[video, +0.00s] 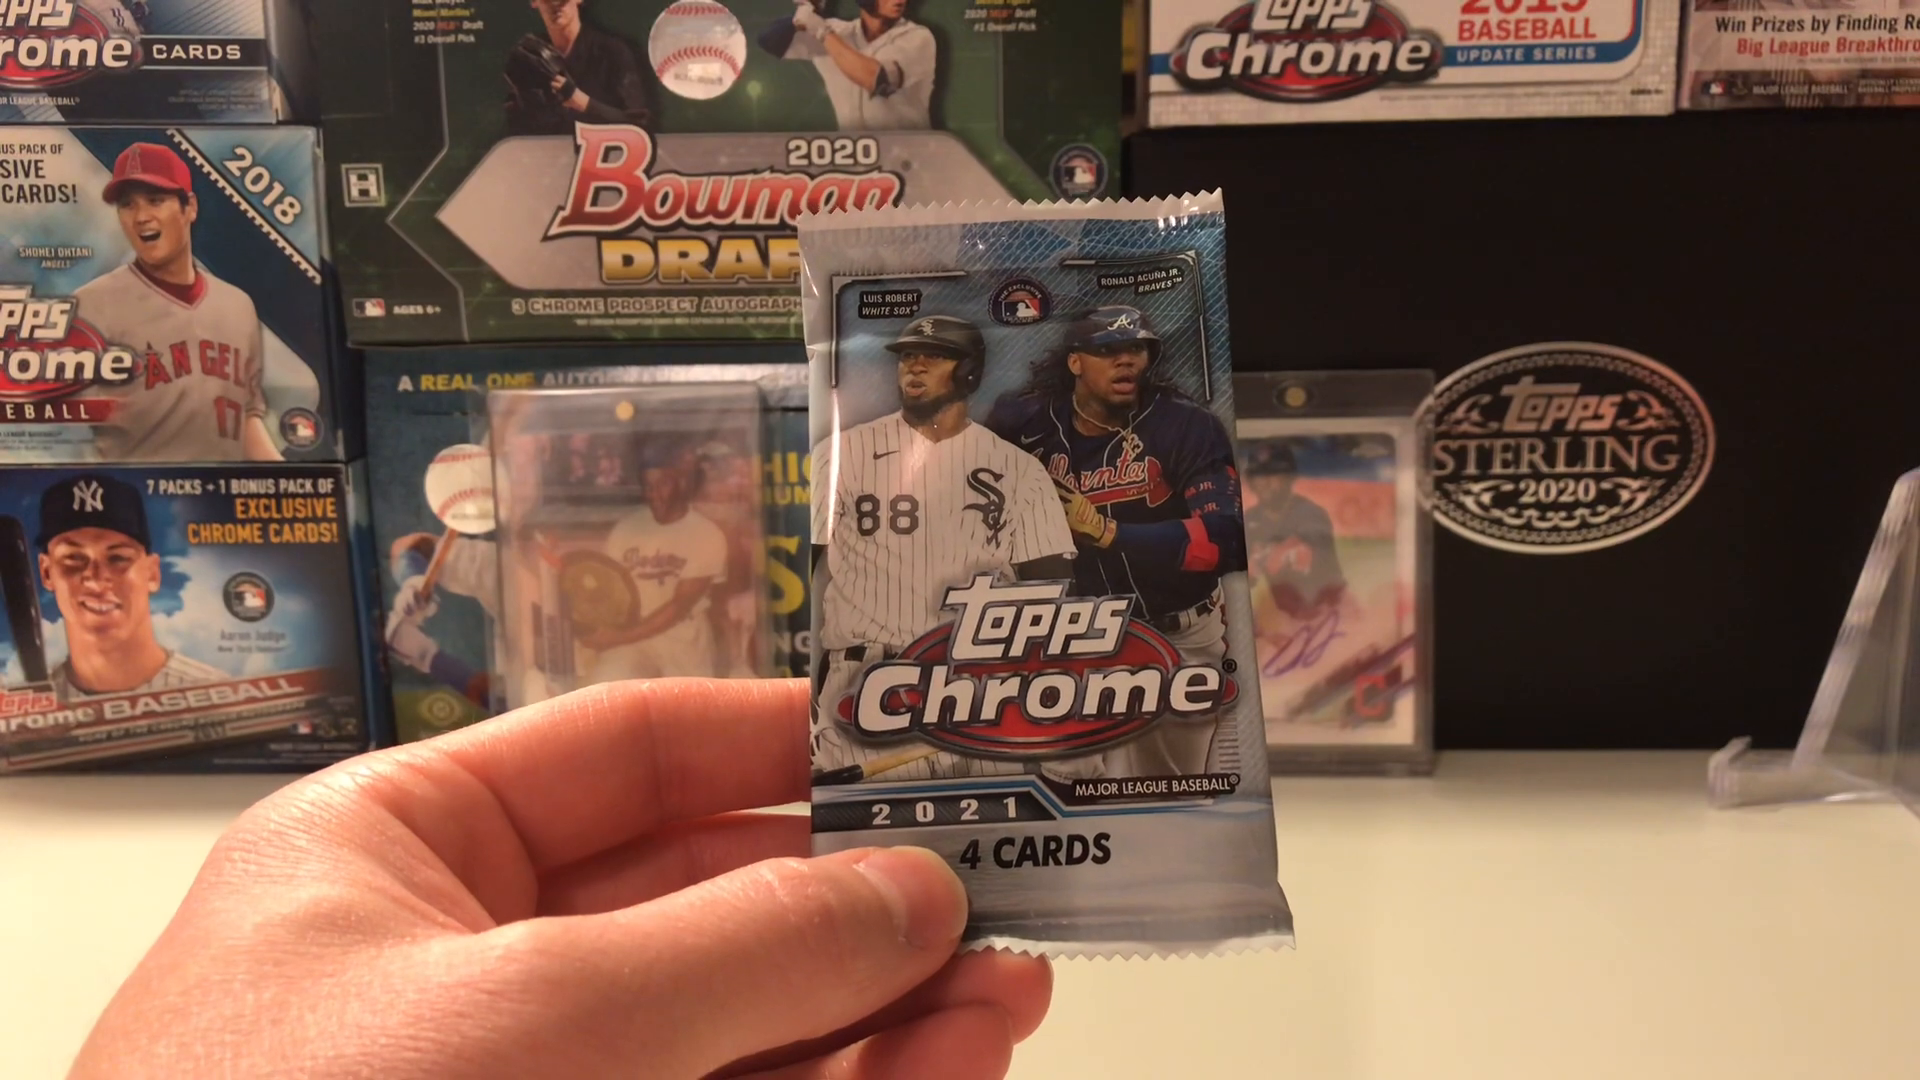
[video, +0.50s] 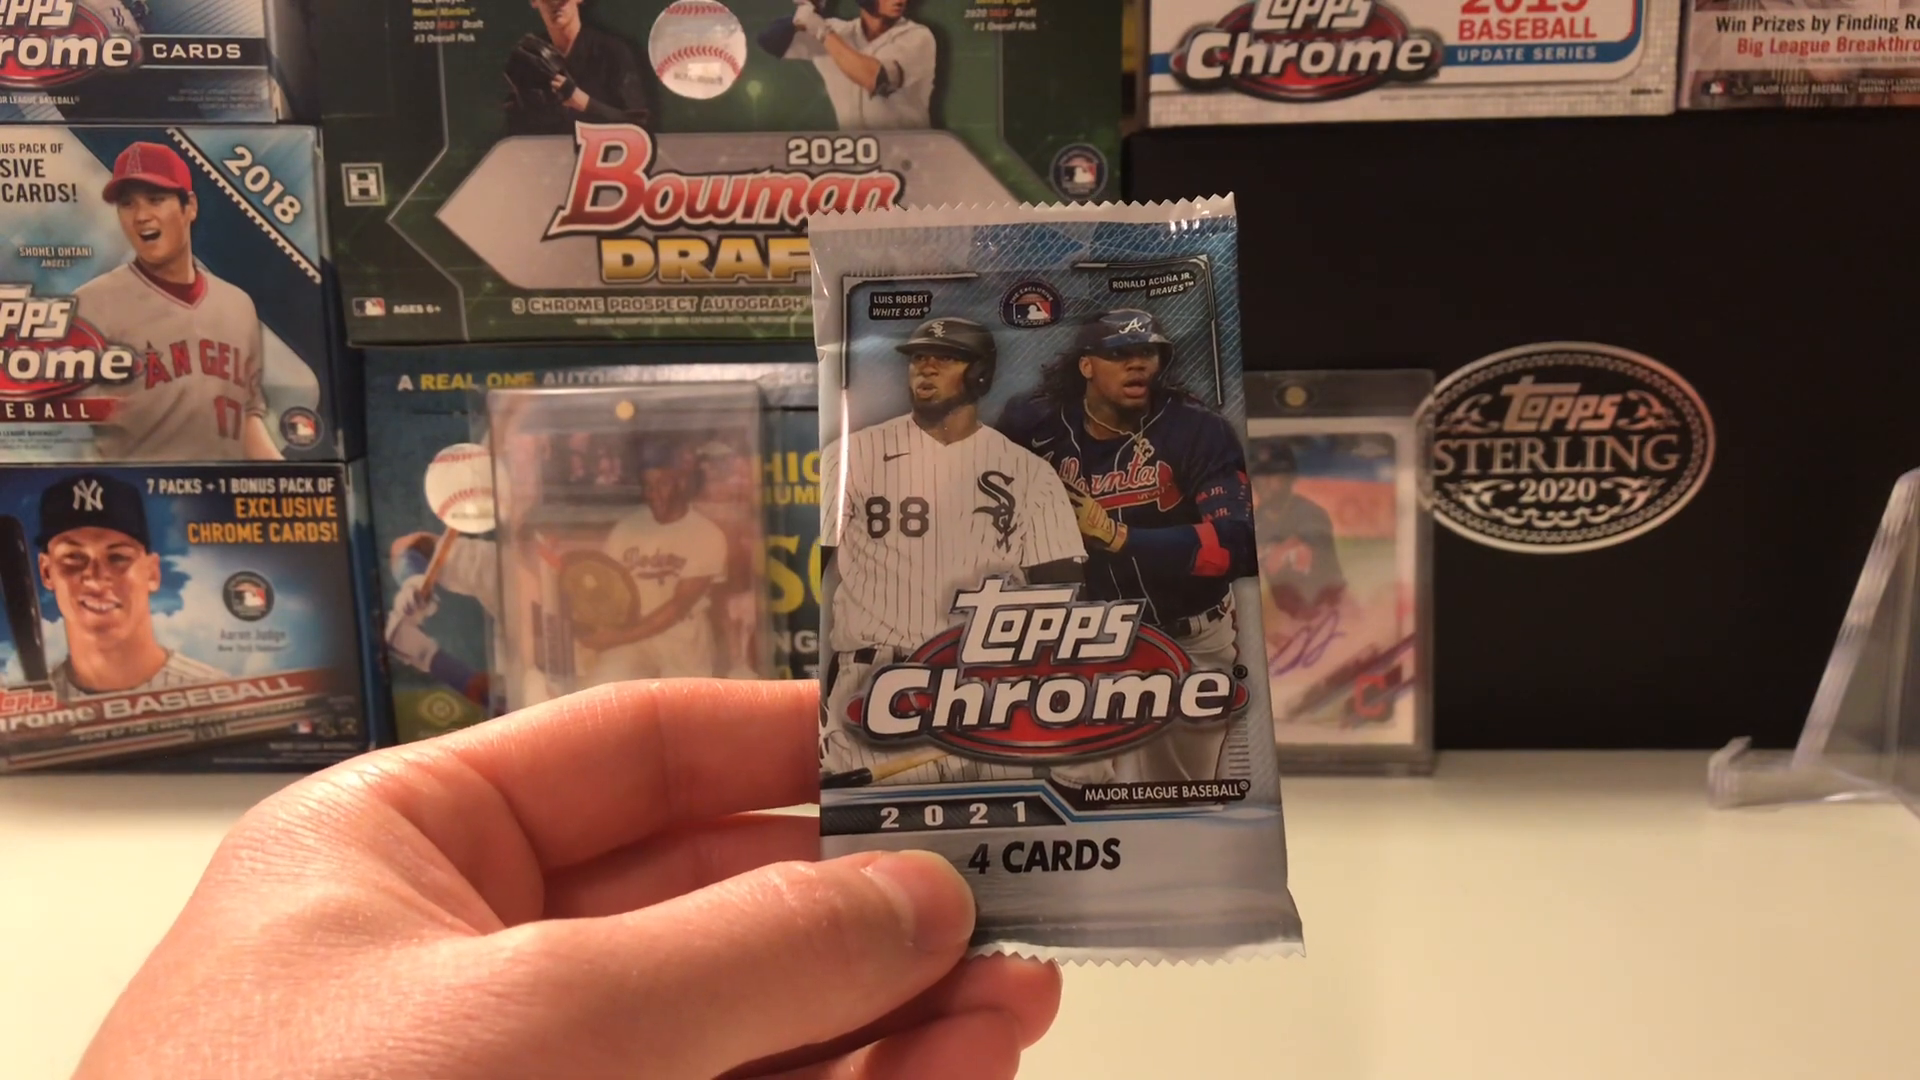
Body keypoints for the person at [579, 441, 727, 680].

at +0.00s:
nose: (653, 495)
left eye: (661, 485)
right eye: (648, 487)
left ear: (681, 485)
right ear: (643, 489)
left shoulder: (707, 536)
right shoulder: (625, 529)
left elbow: (680, 607)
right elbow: (604, 588)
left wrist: (618, 637)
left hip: (683, 641)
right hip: (626, 642)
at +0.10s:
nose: (653, 495)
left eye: (662, 485)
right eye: (648, 486)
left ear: (682, 484)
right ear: (643, 489)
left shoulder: (707, 536)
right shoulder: (625, 529)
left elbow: (680, 607)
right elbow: (605, 589)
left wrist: (618, 637)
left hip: (683, 641)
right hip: (626, 642)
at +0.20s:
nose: (653, 494)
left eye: (661, 485)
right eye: (647, 486)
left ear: (682, 484)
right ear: (642, 489)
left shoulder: (707, 536)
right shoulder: (625, 529)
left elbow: (679, 607)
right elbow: (603, 588)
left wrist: (618, 637)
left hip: (683, 644)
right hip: (626, 644)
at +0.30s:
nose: (653, 495)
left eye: (661, 485)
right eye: (648, 486)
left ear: (682, 484)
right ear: (642, 489)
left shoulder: (707, 536)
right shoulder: (624, 530)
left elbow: (679, 607)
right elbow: (603, 588)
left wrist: (618, 637)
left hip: (683, 644)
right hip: (626, 644)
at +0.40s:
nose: (653, 494)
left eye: (661, 485)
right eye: (648, 486)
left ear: (682, 484)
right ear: (642, 489)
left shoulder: (707, 536)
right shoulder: (624, 530)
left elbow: (679, 606)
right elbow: (604, 589)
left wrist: (617, 637)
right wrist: (593, 626)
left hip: (683, 641)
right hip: (626, 640)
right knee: (602, 703)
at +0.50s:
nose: (652, 495)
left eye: (661, 485)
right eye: (647, 486)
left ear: (682, 484)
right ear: (642, 489)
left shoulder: (707, 536)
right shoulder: (624, 530)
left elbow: (679, 606)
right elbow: (603, 588)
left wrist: (617, 637)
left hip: (683, 644)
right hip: (625, 644)